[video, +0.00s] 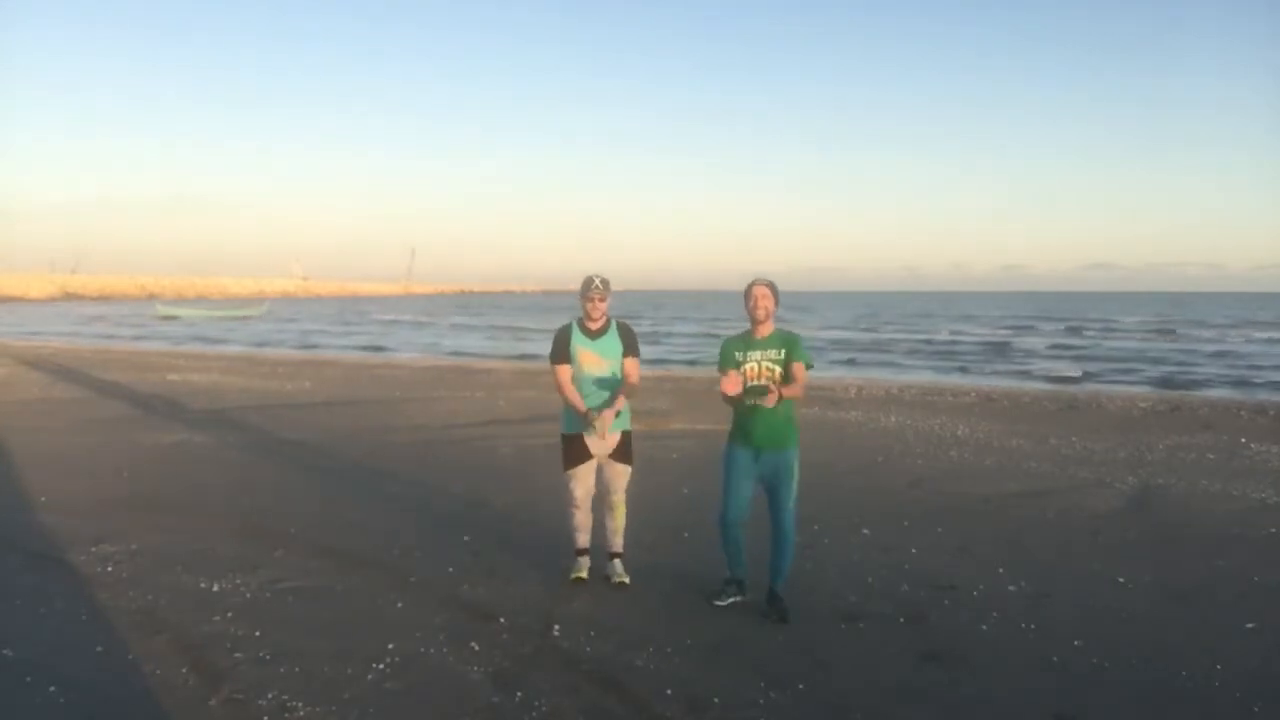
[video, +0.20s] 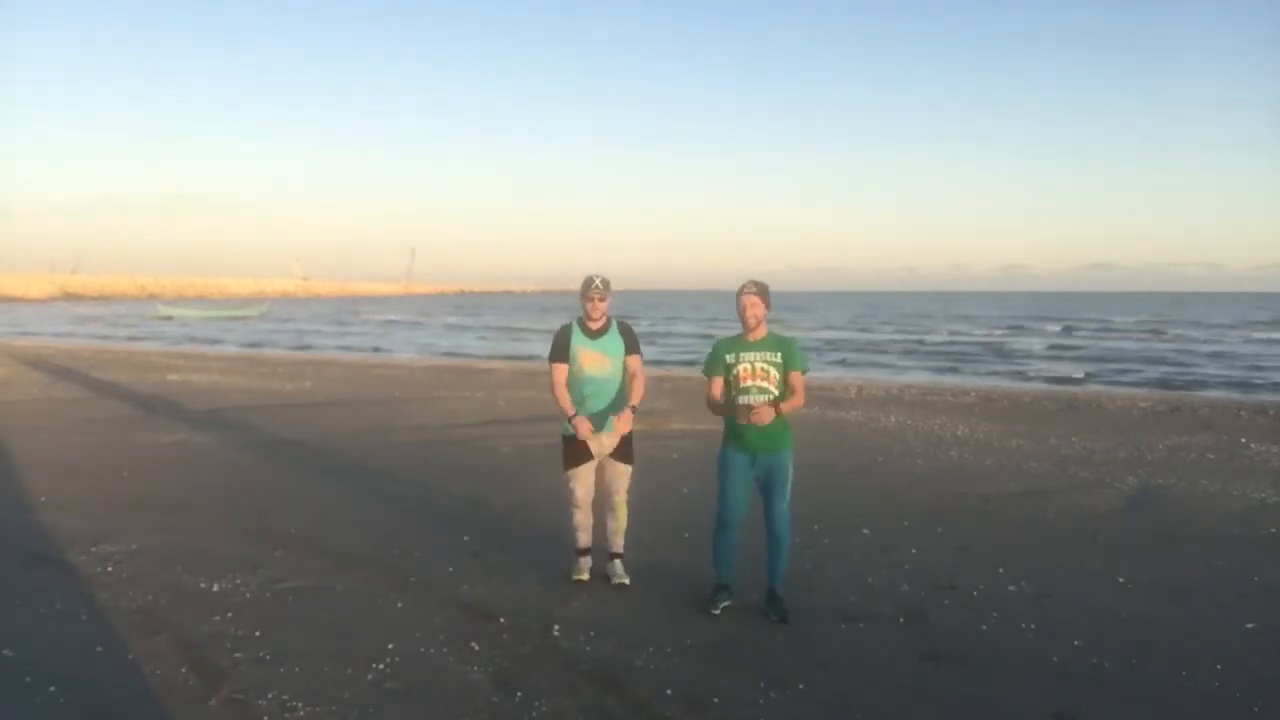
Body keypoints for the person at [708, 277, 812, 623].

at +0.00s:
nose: (758, 304)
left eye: (765, 298)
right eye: (753, 298)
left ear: (775, 305)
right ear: (745, 305)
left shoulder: (790, 343)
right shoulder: (732, 346)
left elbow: (801, 387)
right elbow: (729, 394)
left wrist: (779, 392)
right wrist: (732, 389)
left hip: (781, 443)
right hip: (743, 442)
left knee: (784, 522)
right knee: (731, 516)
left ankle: (776, 592)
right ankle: (735, 582)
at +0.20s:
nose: (746, 311)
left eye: (753, 305)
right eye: (742, 306)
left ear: (766, 308)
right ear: (737, 310)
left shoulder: (786, 348)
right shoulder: (723, 348)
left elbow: (797, 396)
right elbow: (713, 401)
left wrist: (774, 410)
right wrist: (736, 410)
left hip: (776, 446)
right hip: (737, 446)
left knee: (778, 523)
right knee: (728, 518)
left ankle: (775, 593)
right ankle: (723, 587)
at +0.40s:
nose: (732, 316)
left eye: (738, 309)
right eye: (728, 310)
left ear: (753, 311)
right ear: (724, 312)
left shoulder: (774, 347)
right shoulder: (712, 349)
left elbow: (796, 399)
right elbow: (695, 398)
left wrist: (781, 445)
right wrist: (709, 442)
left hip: (766, 452)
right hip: (726, 452)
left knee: (775, 525)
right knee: (720, 522)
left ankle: (774, 592)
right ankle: (721, 587)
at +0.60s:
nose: (725, 313)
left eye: (731, 306)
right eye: (720, 307)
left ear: (746, 307)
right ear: (716, 310)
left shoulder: (768, 344)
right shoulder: (704, 347)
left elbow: (792, 390)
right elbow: (682, 392)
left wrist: (787, 426)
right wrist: (677, 435)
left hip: (760, 445)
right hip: (719, 445)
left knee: (769, 517)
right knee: (718, 514)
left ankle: (769, 590)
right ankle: (721, 586)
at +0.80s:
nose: (726, 314)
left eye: (732, 307)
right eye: (721, 309)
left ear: (745, 308)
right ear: (715, 311)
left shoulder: (766, 345)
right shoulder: (704, 348)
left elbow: (783, 393)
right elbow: (684, 392)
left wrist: (778, 434)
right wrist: (680, 433)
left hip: (756, 444)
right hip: (716, 445)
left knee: (762, 515)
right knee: (716, 515)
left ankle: (767, 590)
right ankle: (721, 586)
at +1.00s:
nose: (737, 310)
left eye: (740, 303)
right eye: (729, 304)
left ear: (747, 307)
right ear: (716, 310)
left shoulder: (764, 349)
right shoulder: (699, 351)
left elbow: (787, 388)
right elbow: (673, 394)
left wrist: (792, 419)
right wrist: (688, 411)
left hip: (757, 446)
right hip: (717, 447)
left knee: (770, 515)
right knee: (714, 516)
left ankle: (768, 589)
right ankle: (720, 586)